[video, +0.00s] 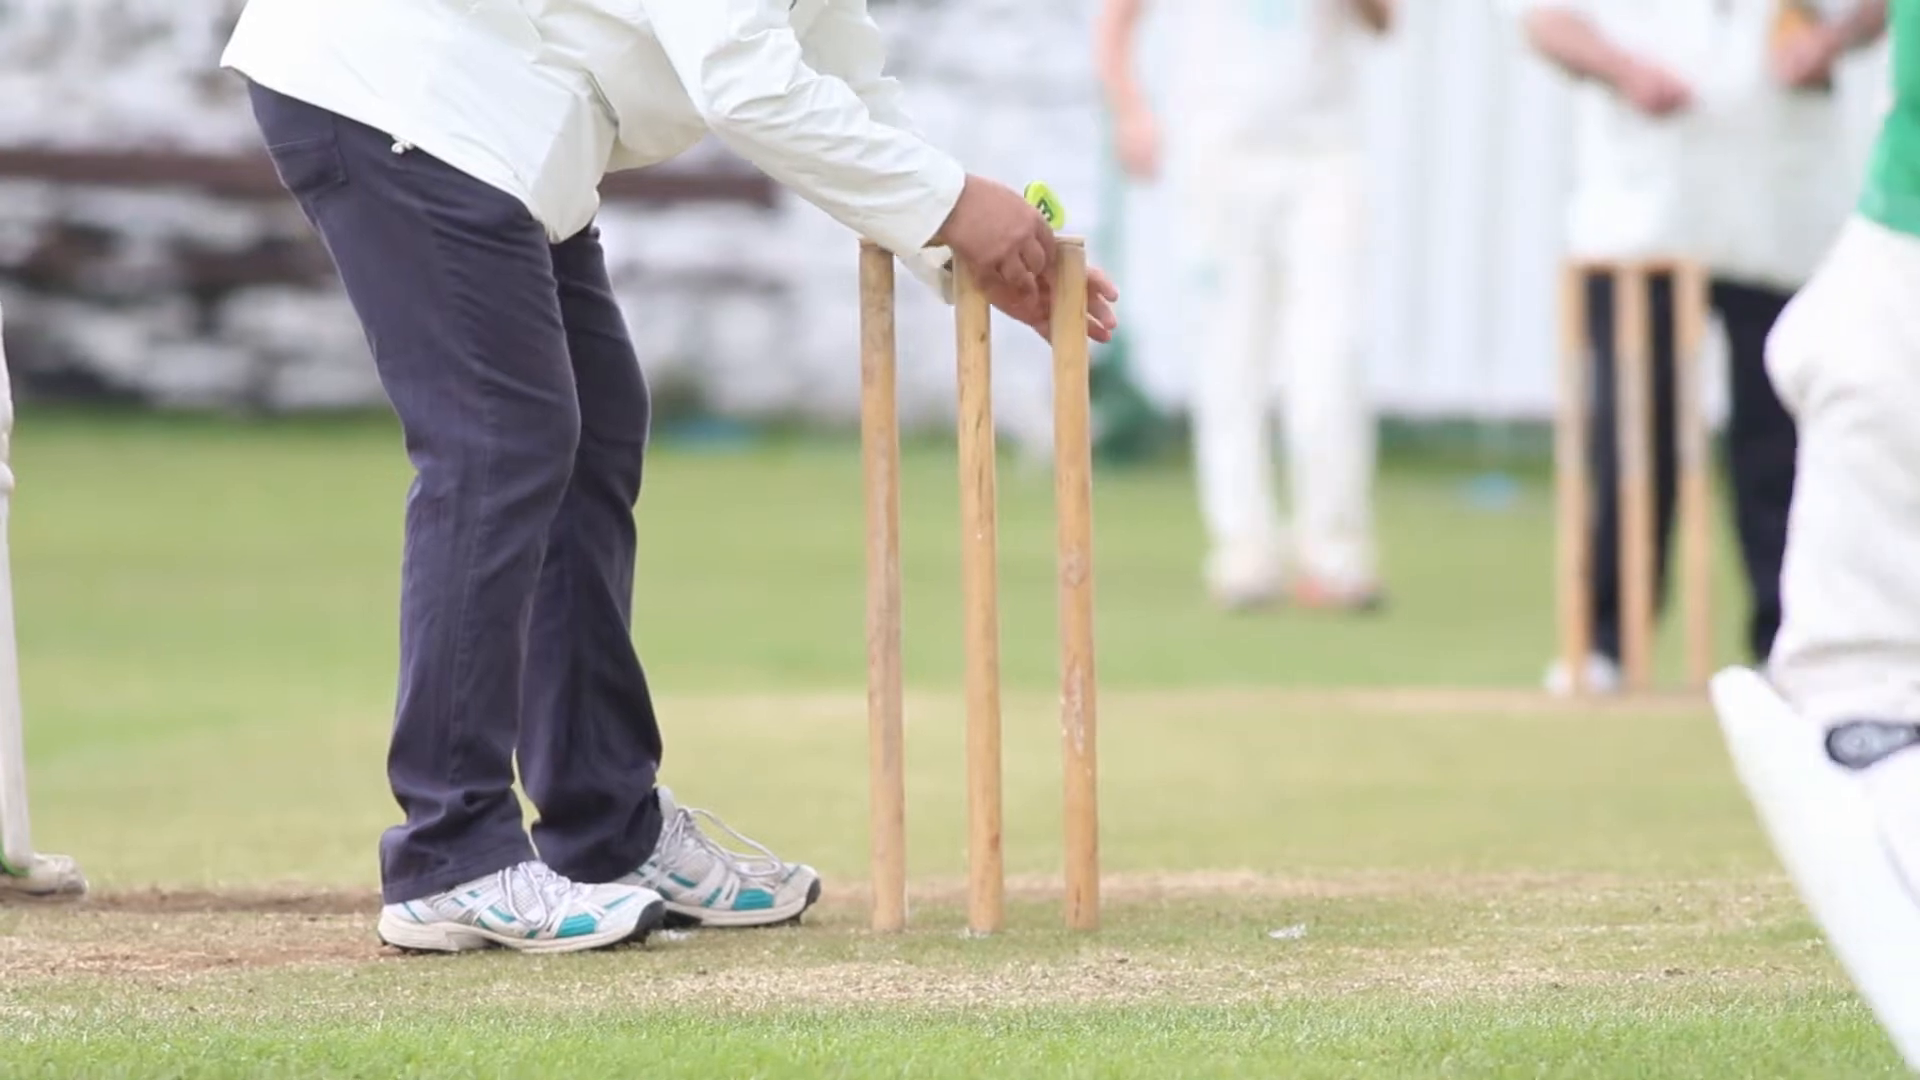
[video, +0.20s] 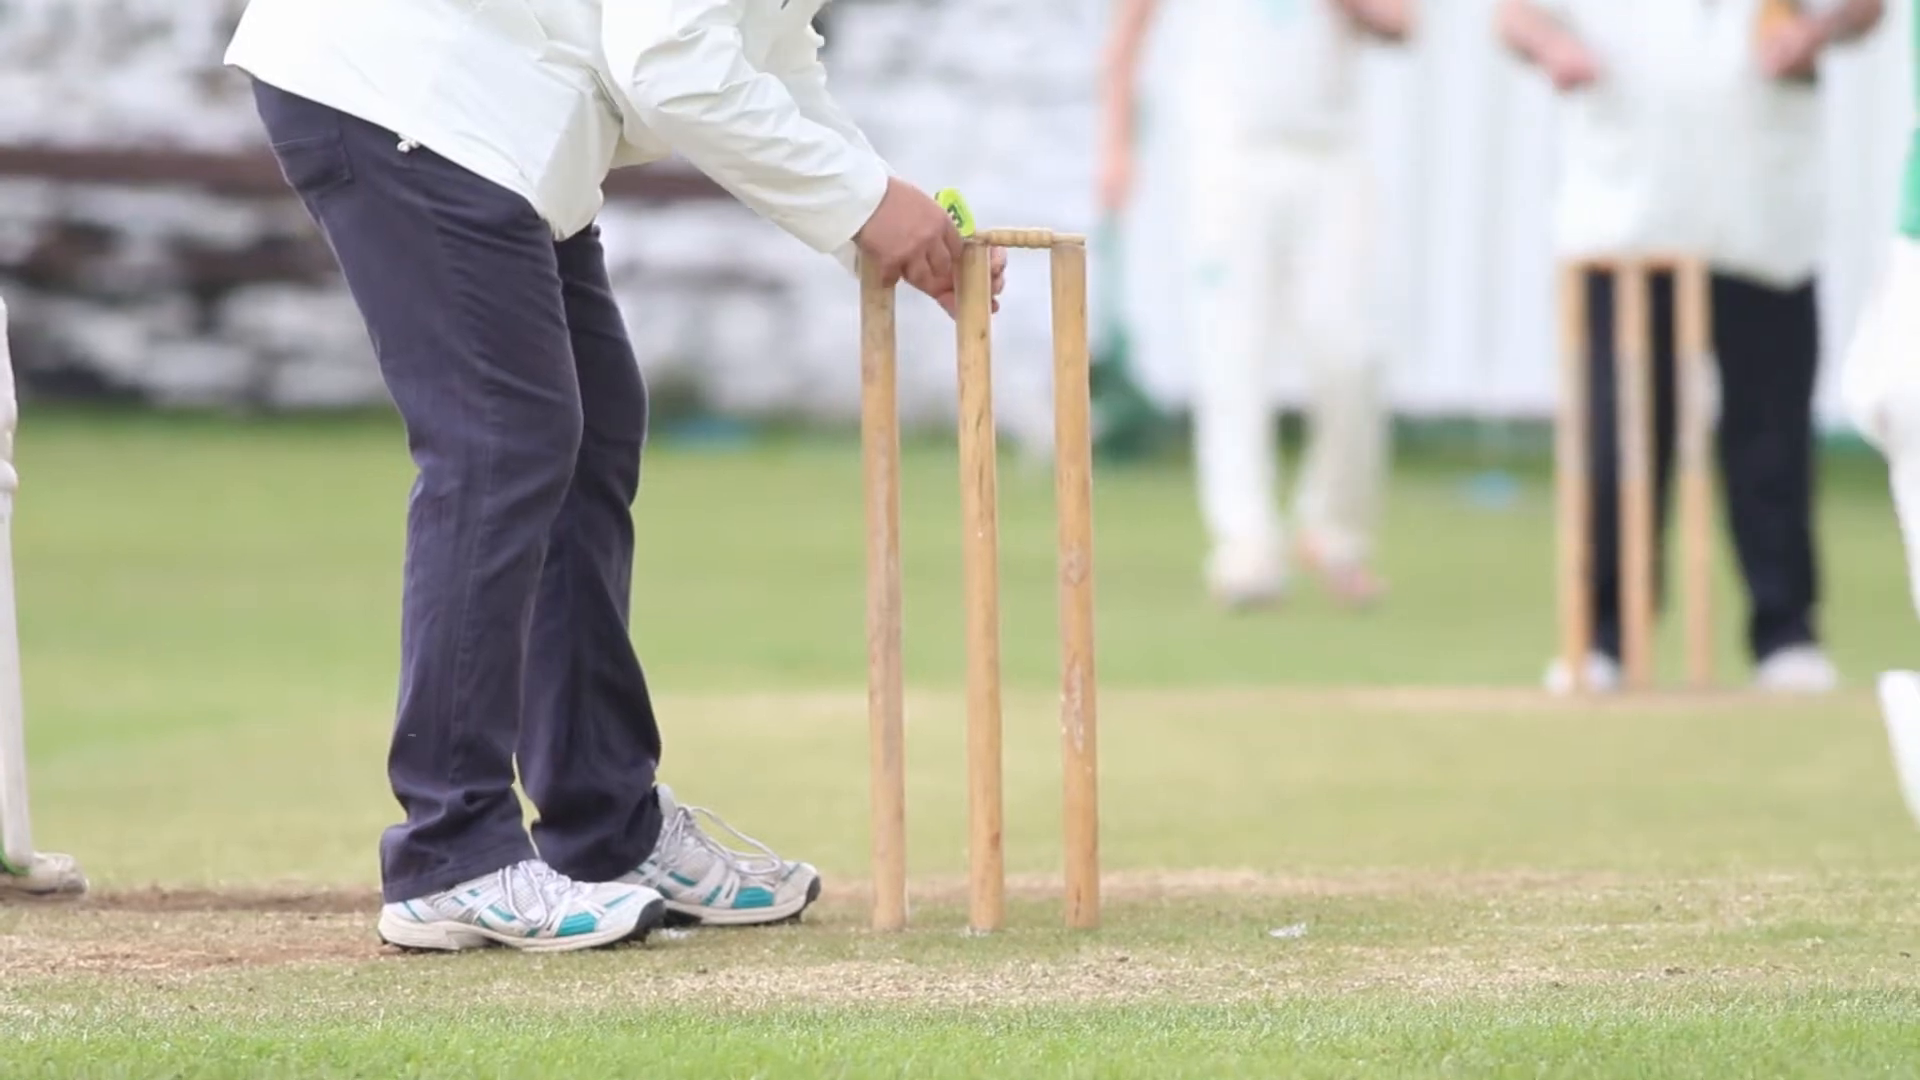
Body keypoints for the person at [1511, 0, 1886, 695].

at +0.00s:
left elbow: (1875, 9)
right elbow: (1544, 19)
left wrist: (1827, 38)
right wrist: (1626, 69)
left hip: (1784, 199)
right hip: (1638, 198)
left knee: (1777, 447)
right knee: (1627, 439)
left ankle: (1787, 651)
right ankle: (1605, 648)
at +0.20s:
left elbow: (1868, 7)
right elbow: (1511, 10)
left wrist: (1813, 30)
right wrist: (1551, 42)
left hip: (1761, 191)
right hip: (1620, 189)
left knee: (1770, 438)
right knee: (1619, 439)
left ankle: (1786, 641)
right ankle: (1603, 646)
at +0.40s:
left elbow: (1856, 9)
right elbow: (1506, 17)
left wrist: (1806, 18)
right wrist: (1508, 10)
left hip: (1751, 200)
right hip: (1611, 201)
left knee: (1767, 441)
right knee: (1613, 446)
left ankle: (1785, 641)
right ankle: (1602, 647)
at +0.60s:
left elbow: (1851, 9)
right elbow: (1490, 8)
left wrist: (1806, 17)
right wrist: (1518, 36)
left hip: (1746, 190)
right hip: (1603, 192)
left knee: (1761, 435)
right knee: (1610, 440)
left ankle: (1784, 641)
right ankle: (1600, 646)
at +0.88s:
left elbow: (1855, 10)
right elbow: (1518, 31)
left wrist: (1815, 20)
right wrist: (1537, 154)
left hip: (1758, 208)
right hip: (1622, 212)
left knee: (1769, 442)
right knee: (1617, 448)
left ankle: (1786, 639)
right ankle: (1603, 644)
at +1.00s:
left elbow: (1860, 11)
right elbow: (1531, 30)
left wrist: (1825, 19)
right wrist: (1538, 167)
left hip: (1764, 208)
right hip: (1625, 210)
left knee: (1775, 446)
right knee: (1620, 447)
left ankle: (1786, 639)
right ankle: (1604, 643)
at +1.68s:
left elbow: (1905, 15)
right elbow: (1609, 24)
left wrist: (1882, 30)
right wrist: (1601, 162)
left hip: (1820, 201)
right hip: (1681, 194)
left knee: (1806, 442)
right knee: (1662, 430)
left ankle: (1793, 637)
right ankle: (1619, 631)